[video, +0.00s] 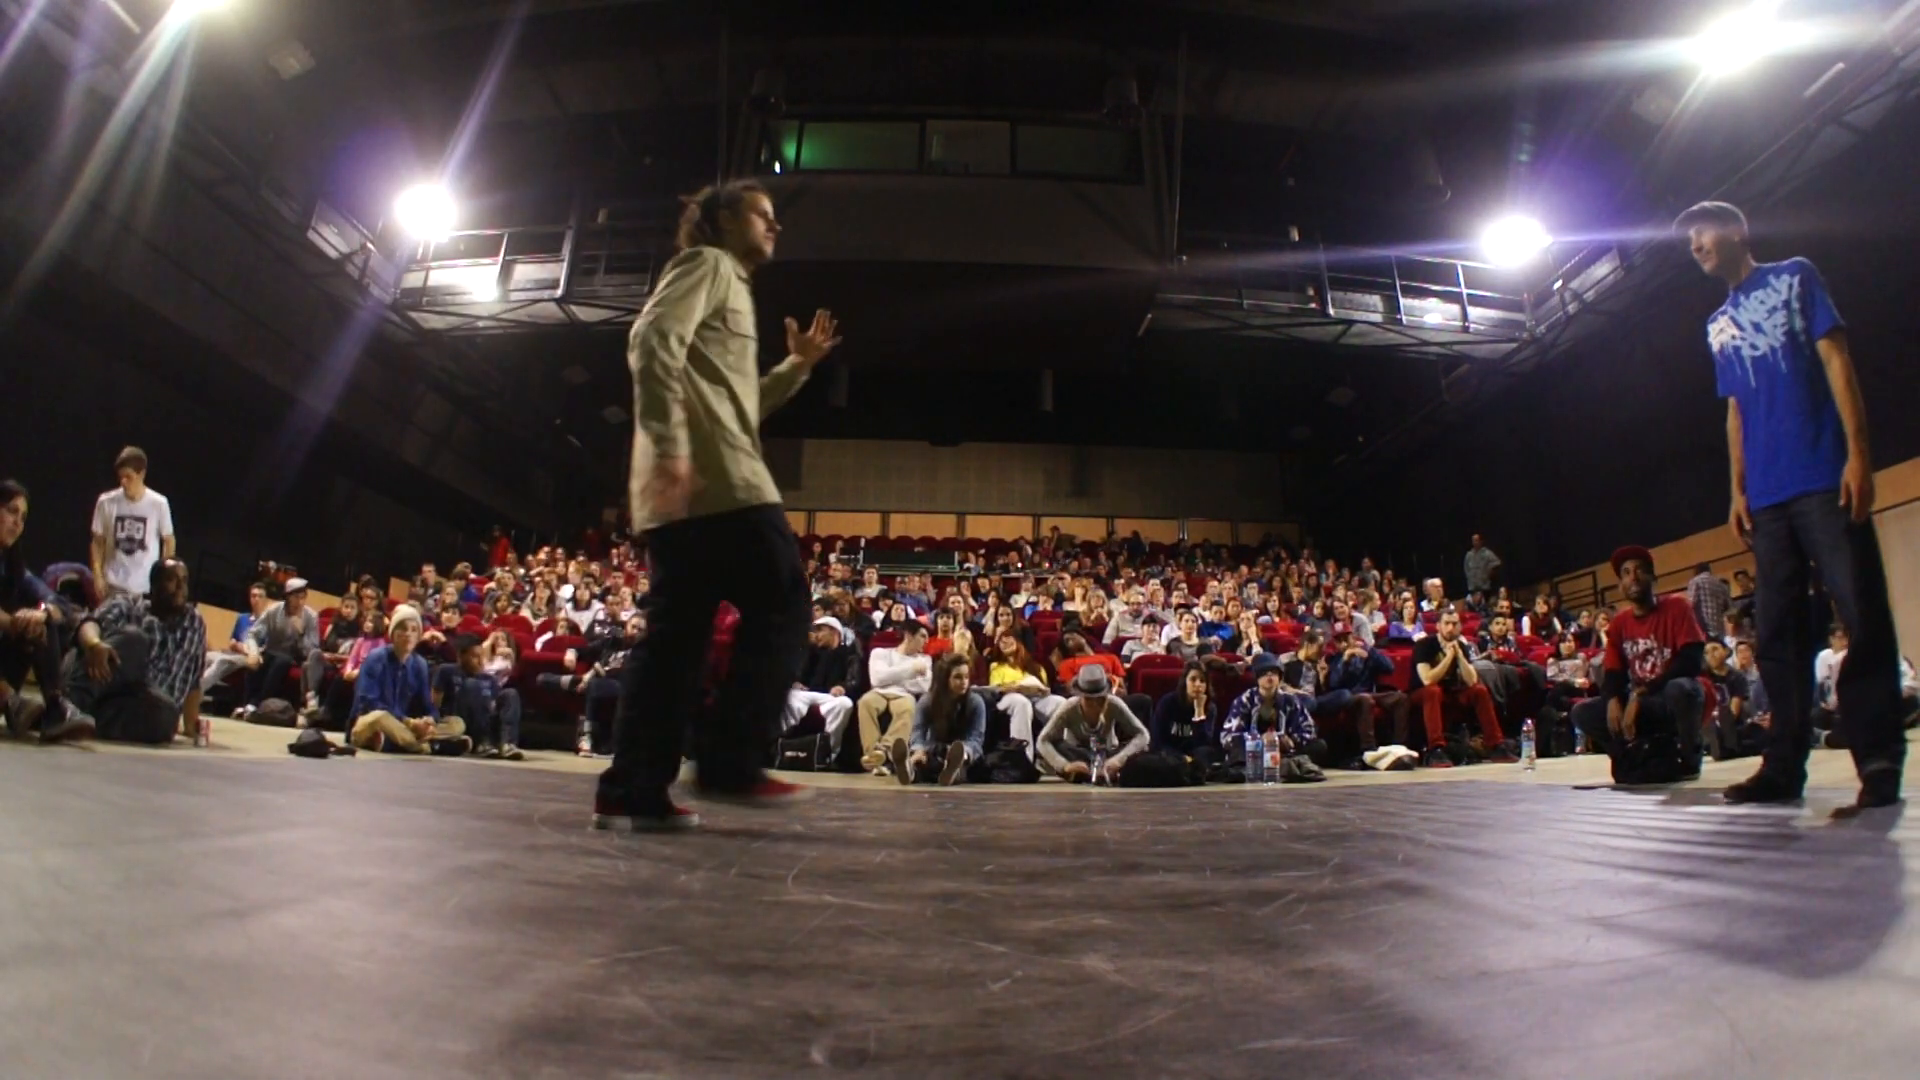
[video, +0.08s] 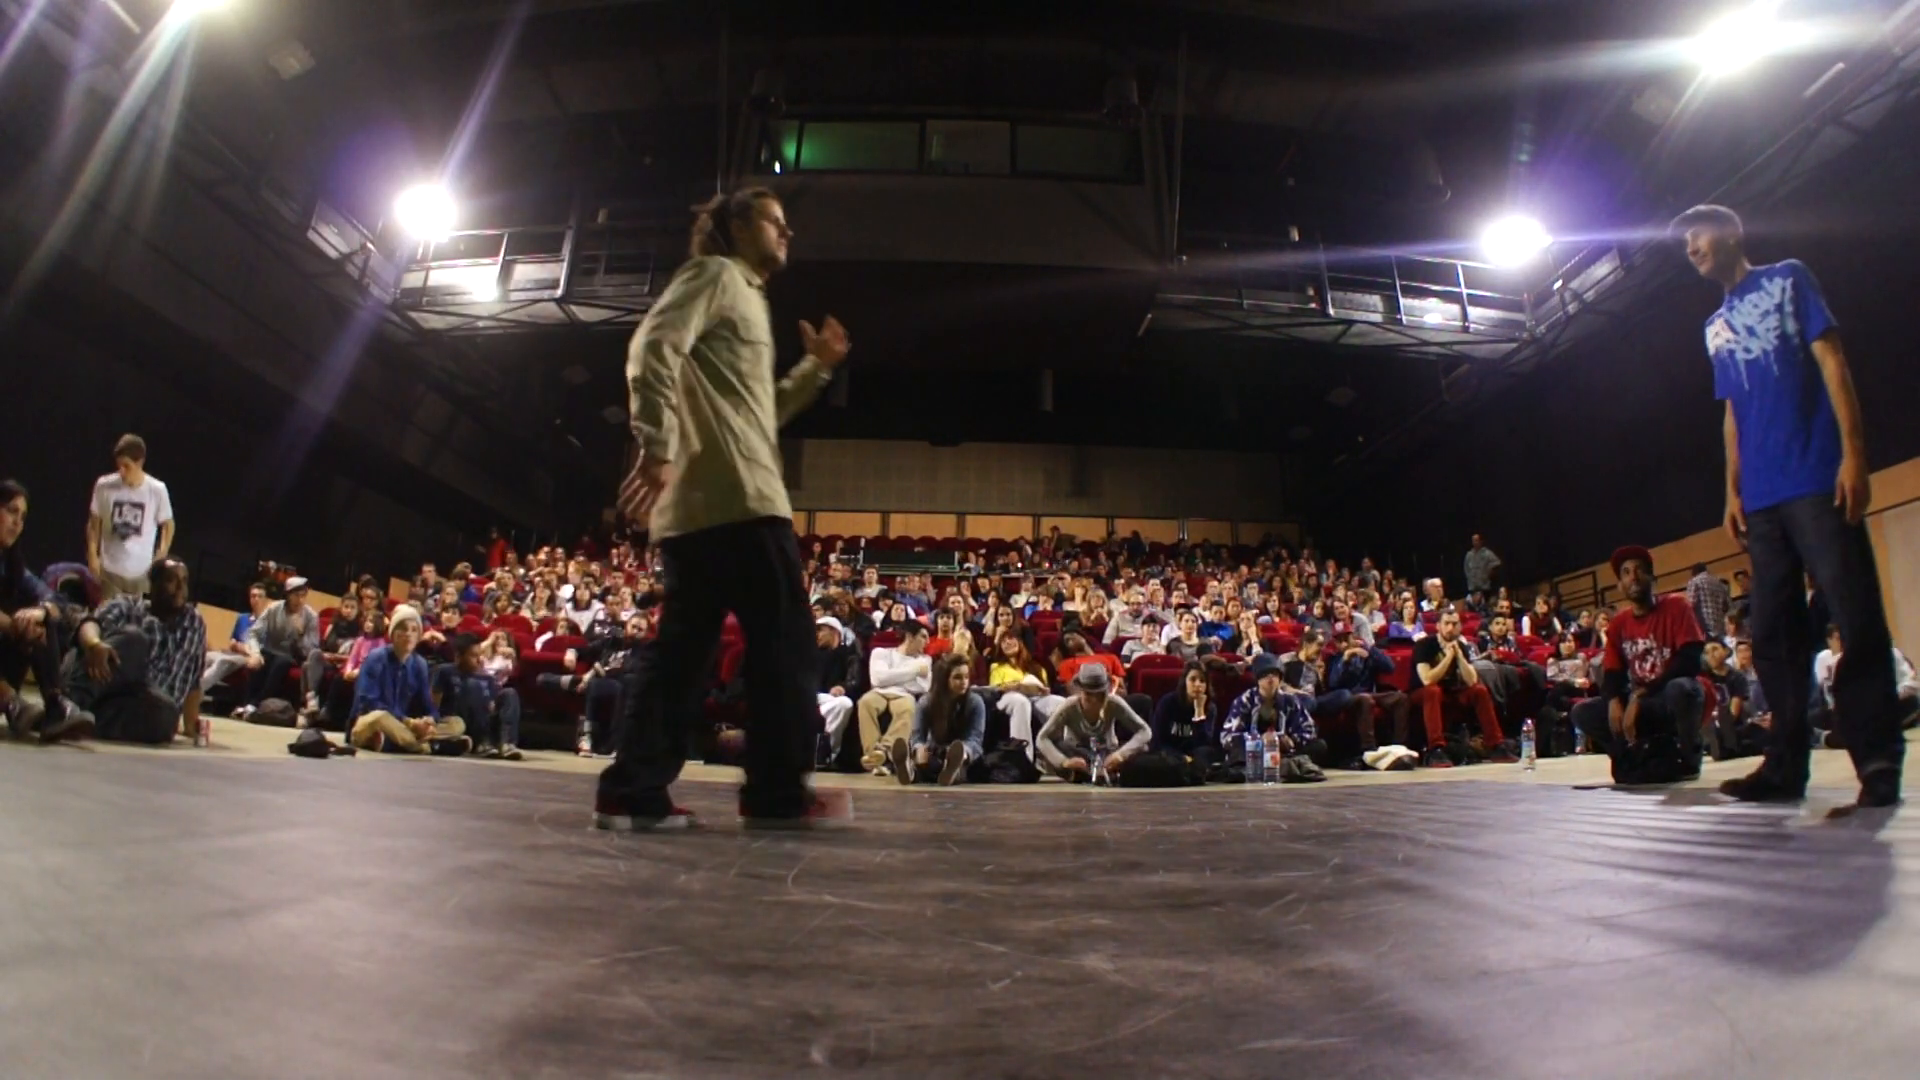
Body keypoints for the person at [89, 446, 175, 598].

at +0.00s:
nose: (123, 482)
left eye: (128, 477)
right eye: (121, 477)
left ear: (142, 474)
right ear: (118, 475)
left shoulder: (159, 503)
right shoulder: (106, 502)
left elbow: (168, 540)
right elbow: (98, 540)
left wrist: (166, 578)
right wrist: (98, 577)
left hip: (146, 585)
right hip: (114, 583)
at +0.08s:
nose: (121, 472)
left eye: (126, 466)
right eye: (119, 466)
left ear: (140, 462)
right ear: (116, 463)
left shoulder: (157, 489)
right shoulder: (104, 485)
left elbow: (167, 523)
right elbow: (94, 522)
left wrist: (162, 554)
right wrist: (93, 557)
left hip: (142, 572)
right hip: (110, 570)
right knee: (107, 622)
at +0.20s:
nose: (114, 464)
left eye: (118, 459)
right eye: (111, 458)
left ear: (132, 454)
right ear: (108, 455)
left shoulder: (152, 480)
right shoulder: (98, 475)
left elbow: (162, 514)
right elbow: (89, 512)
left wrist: (154, 552)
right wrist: (85, 547)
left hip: (134, 558)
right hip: (103, 557)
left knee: (131, 616)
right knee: (100, 616)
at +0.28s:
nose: (108, 469)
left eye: (112, 464)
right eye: (105, 463)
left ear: (126, 459)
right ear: (102, 460)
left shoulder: (146, 488)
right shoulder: (92, 483)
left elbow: (151, 526)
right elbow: (83, 521)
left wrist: (148, 567)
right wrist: (77, 560)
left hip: (128, 569)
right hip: (96, 566)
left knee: (123, 626)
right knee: (91, 625)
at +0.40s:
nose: (96, 474)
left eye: (101, 468)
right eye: (94, 468)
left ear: (116, 465)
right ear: (92, 467)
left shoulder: (134, 498)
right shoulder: (82, 491)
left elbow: (144, 537)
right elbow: (67, 525)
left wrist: (155, 574)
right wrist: (50, 552)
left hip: (112, 582)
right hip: (79, 579)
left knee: (106, 644)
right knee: (64, 639)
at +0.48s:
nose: (87, 465)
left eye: (91, 459)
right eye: (85, 459)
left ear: (105, 456)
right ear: (82, 456)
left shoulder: (127, 485)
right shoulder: (73, 478)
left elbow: (146, 520)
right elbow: (47, 502)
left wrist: (168, 549)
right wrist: (20, 512)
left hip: (102, 573)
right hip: (70, 566)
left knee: (94, 632)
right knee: (47, 621)